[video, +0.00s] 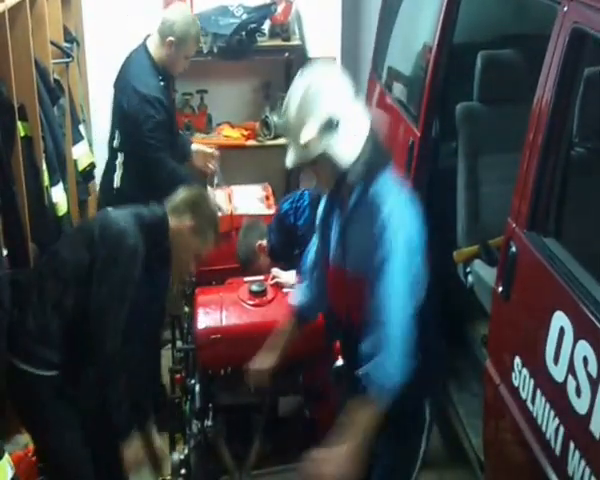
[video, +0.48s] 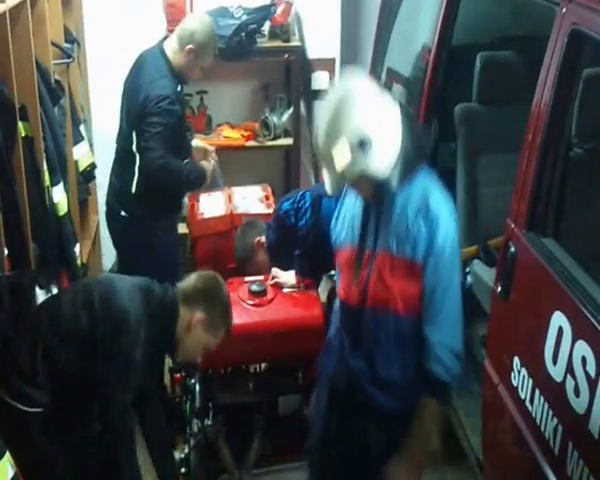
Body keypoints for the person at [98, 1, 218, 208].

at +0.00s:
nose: (187, 66)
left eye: (190, 59)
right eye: (186, 58)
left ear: (168, 42)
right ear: (169, 44)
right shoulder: (146, 91)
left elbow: (162, 131)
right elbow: (156, 162)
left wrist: (189, 151)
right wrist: (200, 191)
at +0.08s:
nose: (191, 67)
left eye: (194, 60)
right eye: (191, 59)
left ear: (172, 42)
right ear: (174, 45)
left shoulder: (144, 61)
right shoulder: (149, 96)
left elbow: (153, 130)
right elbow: (158, 169)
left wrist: (187, 151)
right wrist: (199, 192)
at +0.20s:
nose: (195, 67)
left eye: (198, 60)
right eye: (195, 59)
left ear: (175, 43)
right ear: (179, 47)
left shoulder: (145, 61)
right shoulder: (156, 95)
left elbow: (150, 131)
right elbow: (156, 168)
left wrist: (187, 151)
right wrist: (197, 189)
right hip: (144, 210)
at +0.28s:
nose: (198, 67)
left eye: (201, 61)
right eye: (198, 60)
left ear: (176, 43)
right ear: (182, 48)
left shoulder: (148, 61)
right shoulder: (159, 96)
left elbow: (150, 128)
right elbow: (156, 169)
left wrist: (187, 149)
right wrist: (195, 185)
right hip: (144, 212)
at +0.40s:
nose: (200, 71)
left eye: (204, 65)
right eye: (201, 64)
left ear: (181, 44)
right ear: (186, 50)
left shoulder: (150, 62)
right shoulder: (162, 95)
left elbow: (151, 128)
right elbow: (155, 166)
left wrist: (187, 146)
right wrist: (196, 175)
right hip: (145, 214)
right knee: (163, 293)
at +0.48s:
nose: (202, 75)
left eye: (206, 69)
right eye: (203, 67)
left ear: (183, 46)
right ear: (188, 53)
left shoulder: (151, 62)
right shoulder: (163, 94)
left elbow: (153, 130)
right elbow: (155, 165)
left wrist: (189, 147)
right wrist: (199, 174)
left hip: (129, 202)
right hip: (146, 215)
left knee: (137, 285)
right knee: (161, 292)